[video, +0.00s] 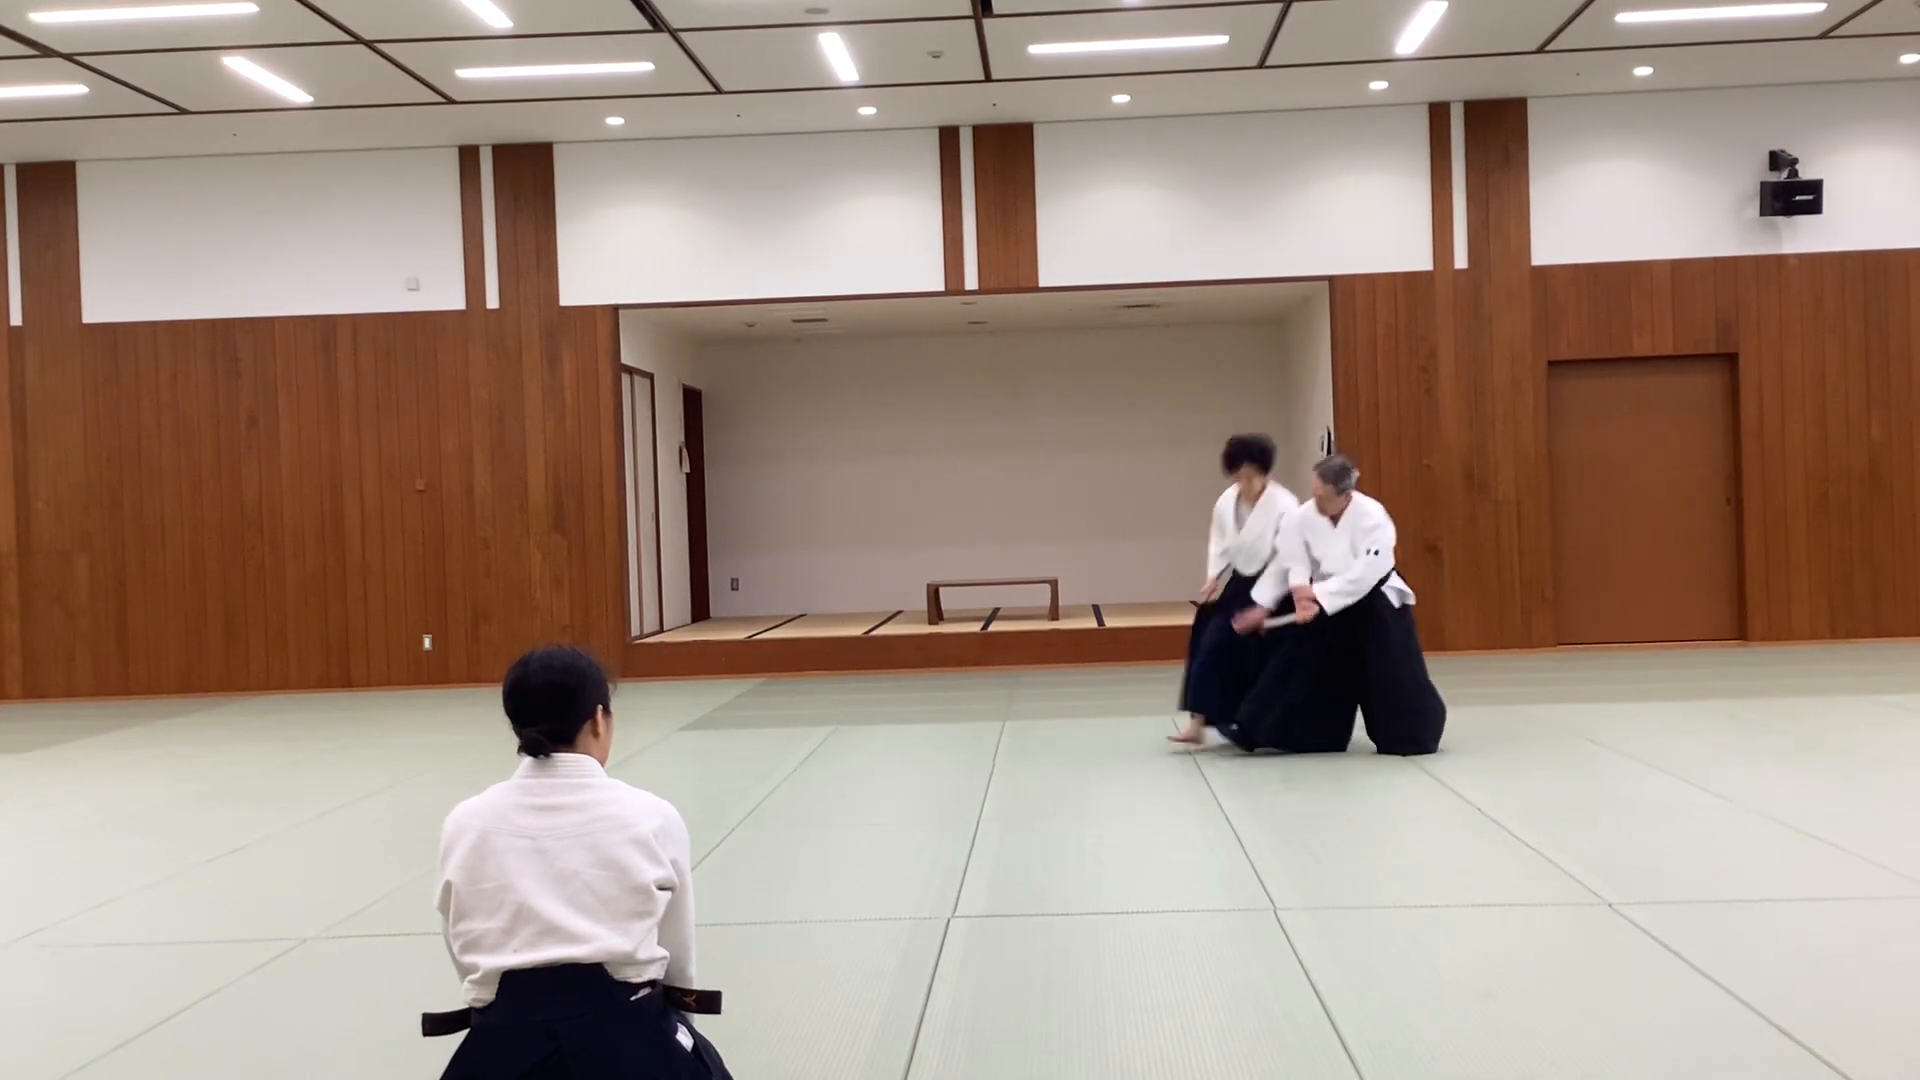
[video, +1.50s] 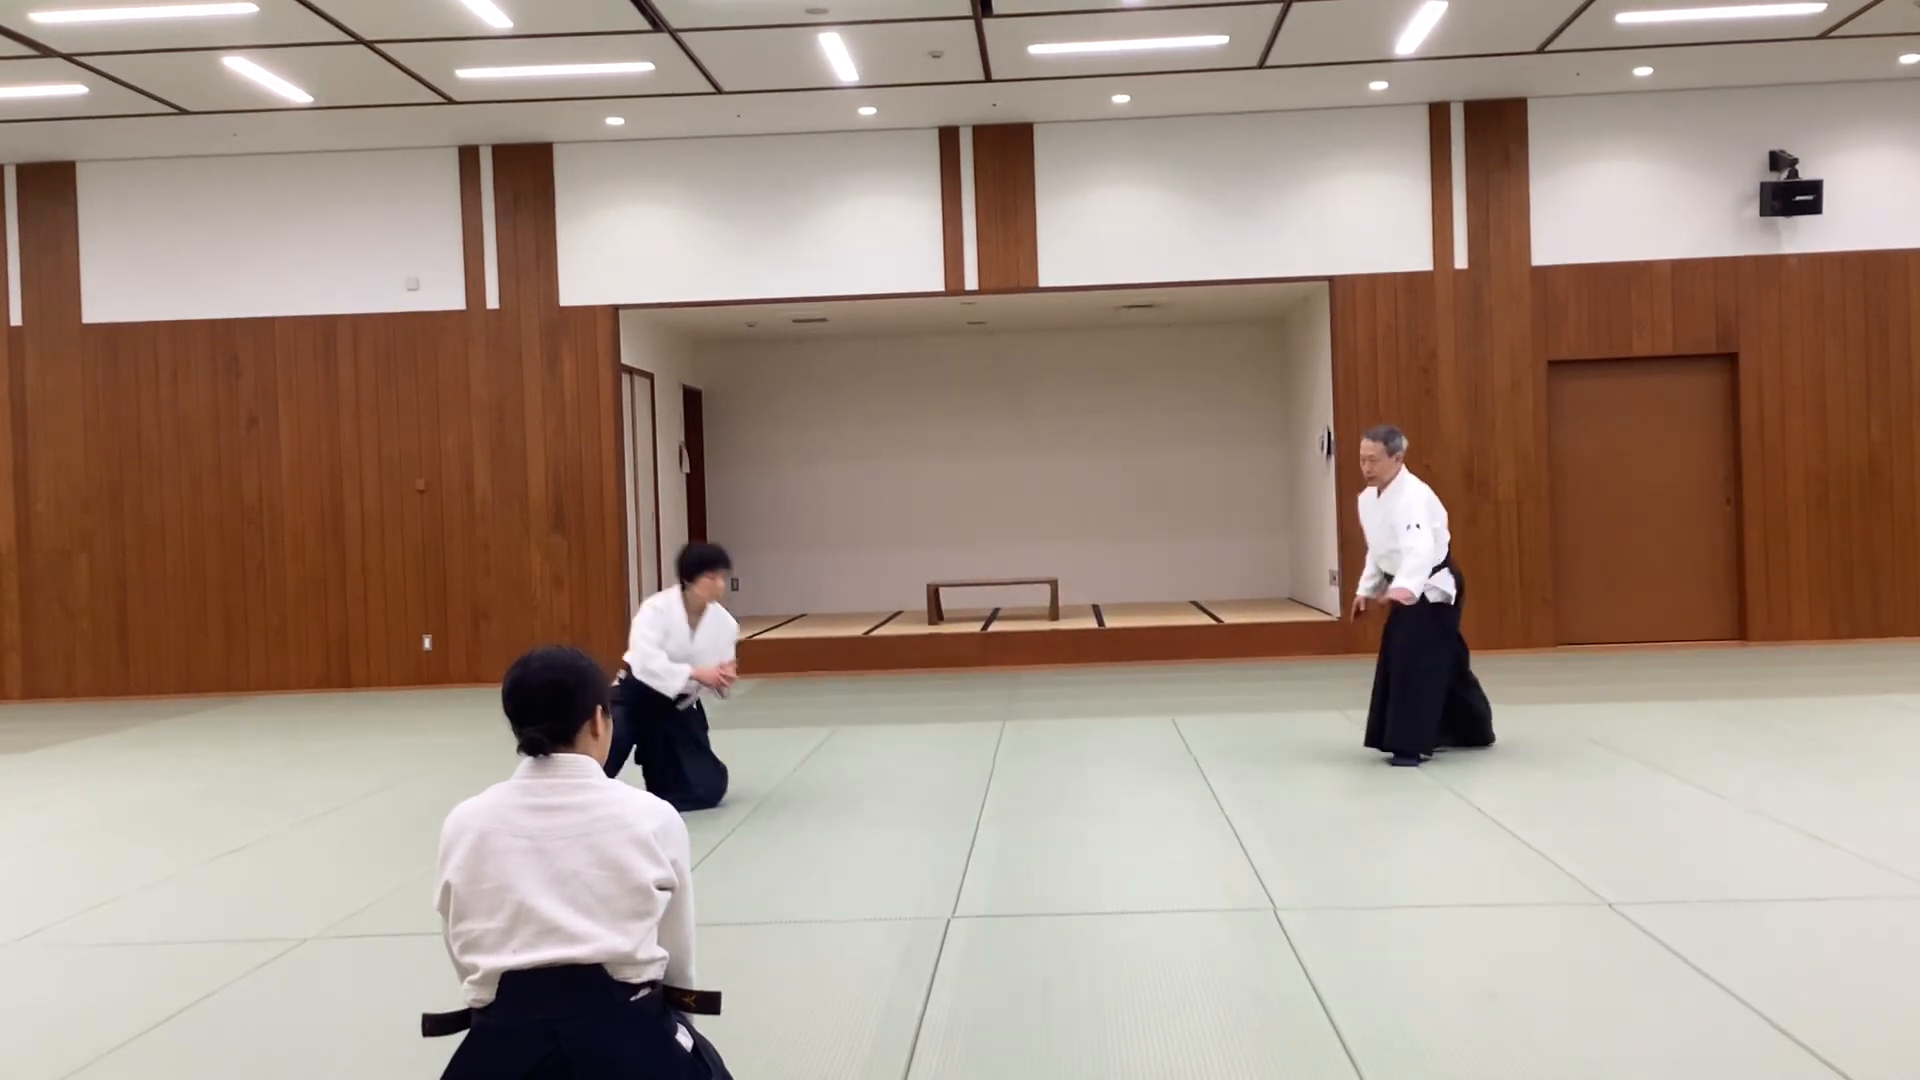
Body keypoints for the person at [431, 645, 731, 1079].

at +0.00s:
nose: (610, 727)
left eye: (609, 714)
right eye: (610, 715)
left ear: (519, 725)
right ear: (598, 721)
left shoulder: (465, 823)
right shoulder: (652, 818)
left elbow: (464, 960)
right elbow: (679, 968)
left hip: (503, 1050)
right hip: (629, 1046)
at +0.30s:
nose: (610, 728)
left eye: (610, 715)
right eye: (610, 716)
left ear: (519, 725)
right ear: (598, 721)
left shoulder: (465, 823)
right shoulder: (652, 817)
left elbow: (464, 959)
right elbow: (679, 967)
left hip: (503, 1049)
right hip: (629, 1046)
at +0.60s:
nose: (610, 729)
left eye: (610, 716)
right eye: (610, 717)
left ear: (518, 725)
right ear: (598, 722)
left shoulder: (464, 823)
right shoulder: (652, 817)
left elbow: (465, 960)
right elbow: (678, 967)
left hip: (503, 1050)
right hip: (629, 1045)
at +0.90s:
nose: (610, 728)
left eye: (609, 715)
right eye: (609, 716)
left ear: (518, 726)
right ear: (597, 722)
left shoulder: (464, 823)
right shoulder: (652, 817)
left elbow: (465, 960)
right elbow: (678, 966)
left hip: (503, 1050)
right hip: (629, 1046)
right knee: (696, 1045)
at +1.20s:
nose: (610, 731)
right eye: (609, 719)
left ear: (518, 727)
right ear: (598, 723)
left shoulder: (465, 824)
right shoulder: (652, 817)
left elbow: (464, 959)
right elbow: (678, 966)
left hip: (503, 1049)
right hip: (630, 1046)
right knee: (696, 1047)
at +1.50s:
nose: (609, 727)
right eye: (608, 716)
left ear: (518, 726)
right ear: (597, 721)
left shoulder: (465, 823)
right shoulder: (652, 816)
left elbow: (464, 958)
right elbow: (678, 962)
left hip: (503, 1049)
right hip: (629, 1045)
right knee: (697, 1048)